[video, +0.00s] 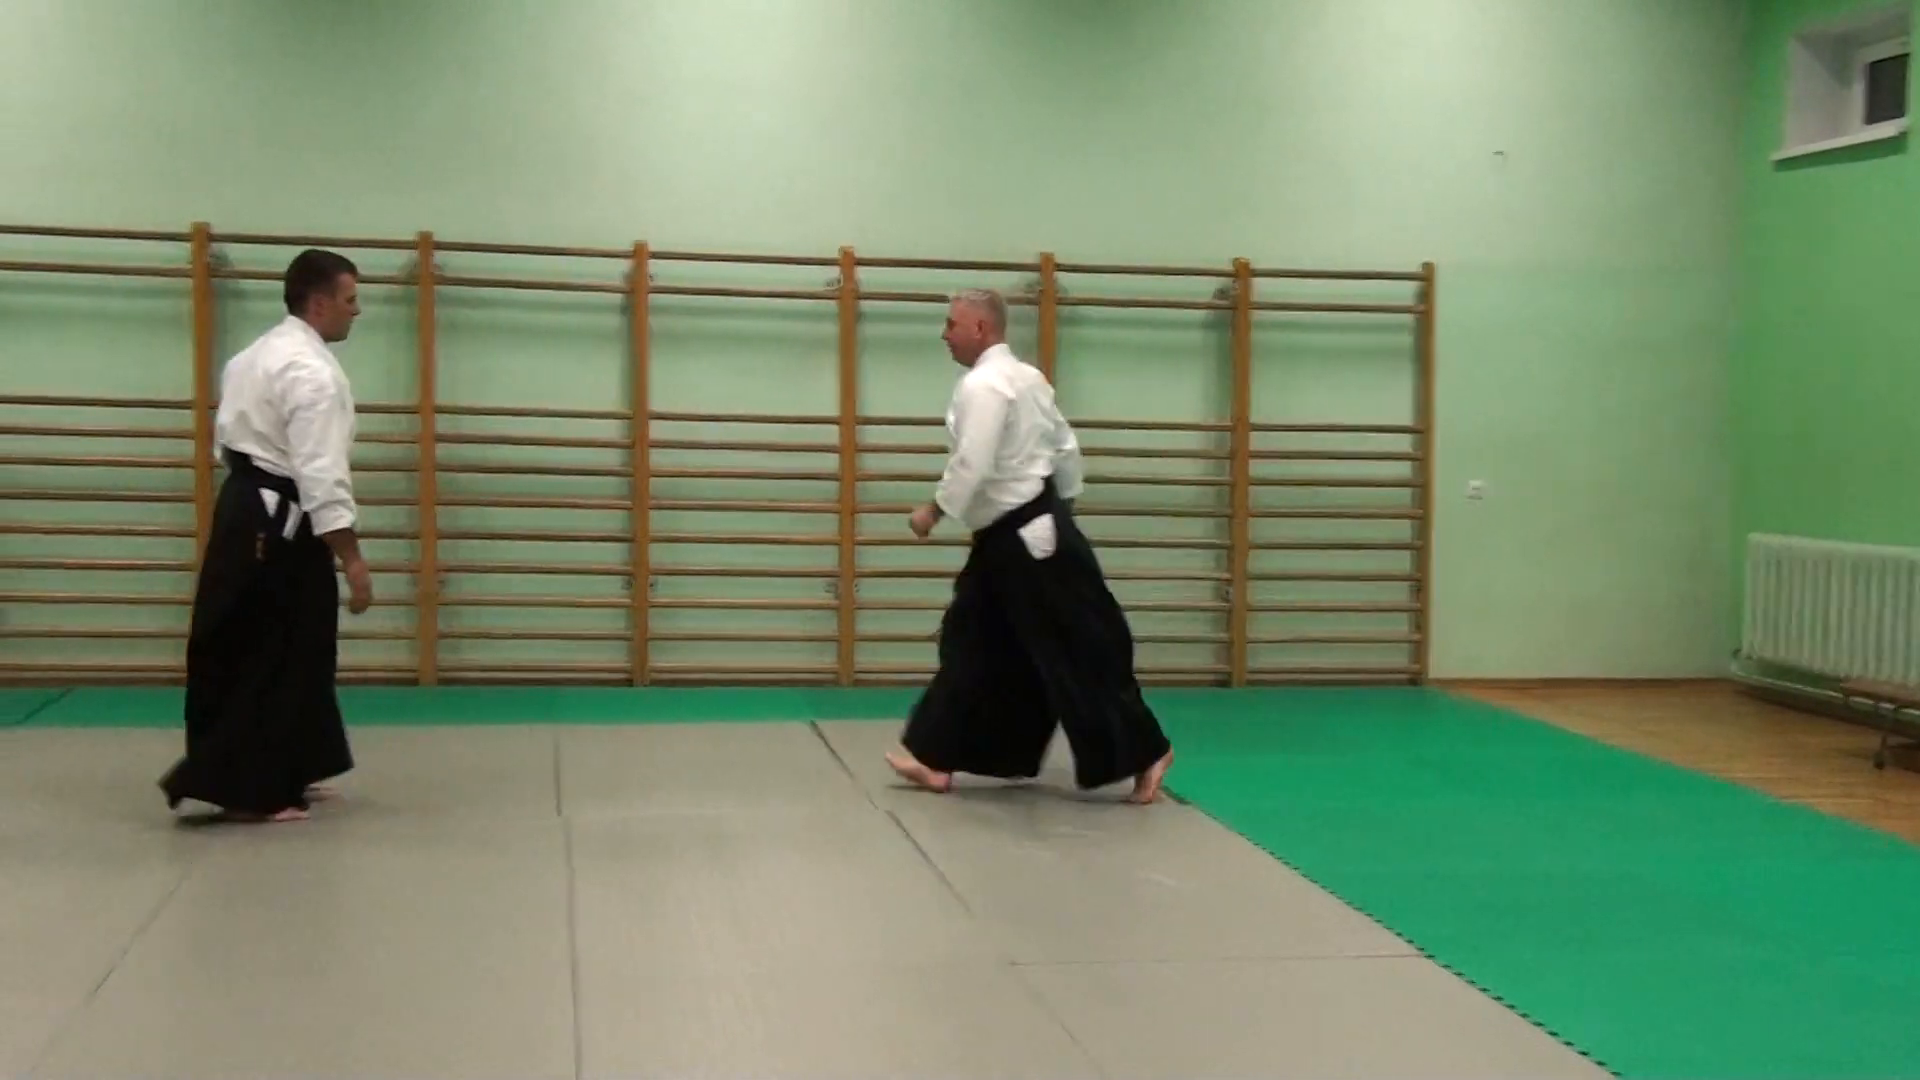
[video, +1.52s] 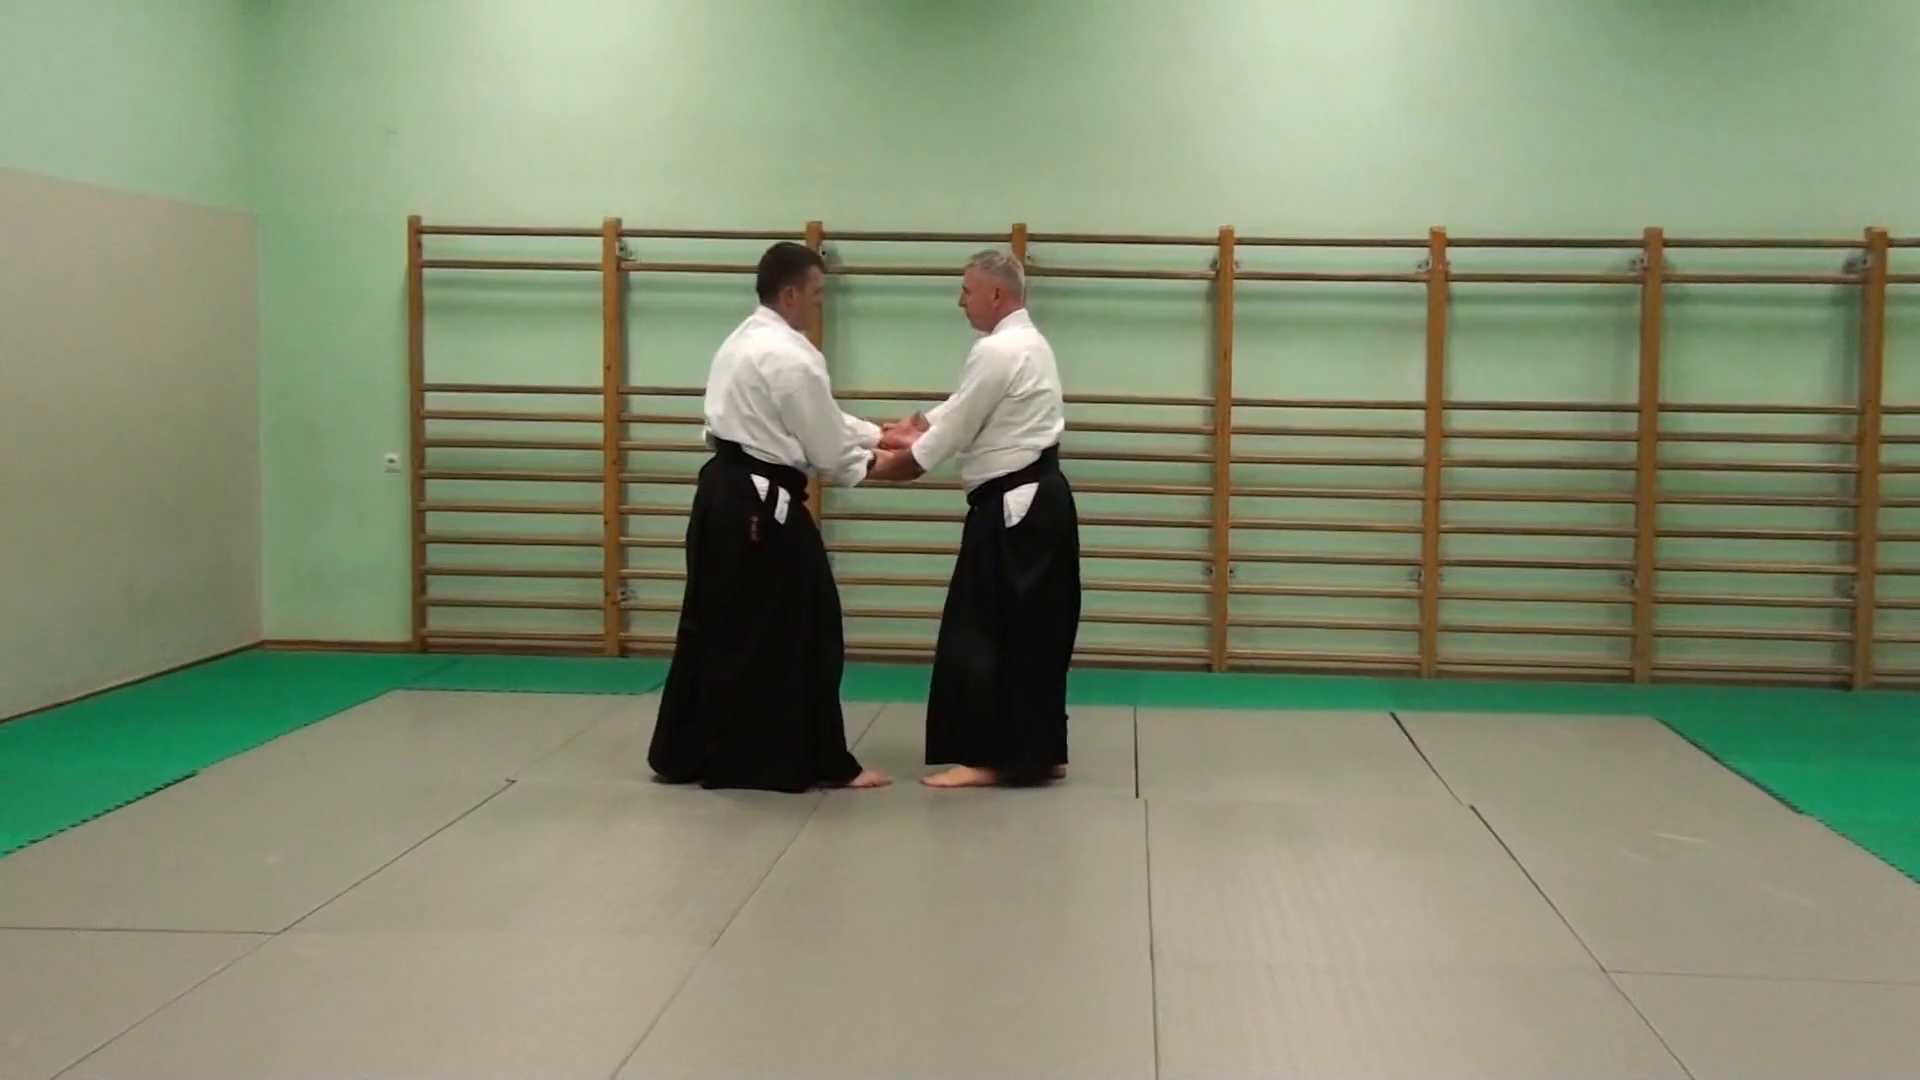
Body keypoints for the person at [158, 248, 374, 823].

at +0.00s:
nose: (356, 311)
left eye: (355, 300)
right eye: (349, 300)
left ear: (303, 301)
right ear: (315, 301)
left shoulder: (254, 354)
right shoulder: (313, 372)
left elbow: (228, 442)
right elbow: (320, 474)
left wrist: (262, 488)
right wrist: (352, 559)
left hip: (242, 514)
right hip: (285, 526)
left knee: (261, 645)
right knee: (289, 651)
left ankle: (284, 772)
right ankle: (255, 789)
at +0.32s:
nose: (491, 311)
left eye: (490, 300)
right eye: (484, 300)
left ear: (446, 303)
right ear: (454, 302)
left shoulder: (395, 357)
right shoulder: (453, 375)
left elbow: (377, 450)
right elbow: (460, 479)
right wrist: (499, 551)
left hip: (379, 513)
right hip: (429, 524)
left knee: (360, 638)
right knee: (471, 648)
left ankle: (301, 761)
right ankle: (482, 778)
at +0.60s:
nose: (595, 307)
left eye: (595, 296)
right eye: (589, 296)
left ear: (549, 296)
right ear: (558, 296)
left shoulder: (510, 345)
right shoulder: (563, 367)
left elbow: (561, 439)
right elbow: (599, 458)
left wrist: (641, 449)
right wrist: (666, 467)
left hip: (490, 498)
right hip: (535, 515)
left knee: (483, 631)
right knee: (586, 632)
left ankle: (442, 755)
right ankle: (607, 770)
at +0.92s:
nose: (701, 302)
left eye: (701, 293)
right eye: (694, 292)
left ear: (657, 295)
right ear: (665, 295)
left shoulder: (628, 342)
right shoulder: (670, 362)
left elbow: (705, 408)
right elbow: (726, 434)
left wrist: (777, 407)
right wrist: (797, 428)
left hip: (609, 495)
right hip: (650, 509)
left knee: (601, 626)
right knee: (698, 627)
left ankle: (575, 757)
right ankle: (706, 762)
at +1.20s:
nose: (795, 304)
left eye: (795, 293)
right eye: (791, 293)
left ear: (750, 293)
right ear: (765, 294)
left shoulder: (721, 340)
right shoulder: (768, 361)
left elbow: (800, 409)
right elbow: (811, 453)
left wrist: (861, 430)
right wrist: (868, 464)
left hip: (700, 493)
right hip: (744, 508)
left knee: (694, 623)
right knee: (789, 624)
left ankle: (662, 754)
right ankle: (793, 760)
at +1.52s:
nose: (820, 303)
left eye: (820, 293)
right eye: (816, 293)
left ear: (776, 293)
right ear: (790, 295)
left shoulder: (743, 340)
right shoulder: (792, 358)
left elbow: (813, 413)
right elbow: (830, 454)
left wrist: (877, 434)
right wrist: (884, 460)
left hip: (721, 490)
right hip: (766, 505)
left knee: (715, 623)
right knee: (813, 622)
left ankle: (687, 753)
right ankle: (825, 760)